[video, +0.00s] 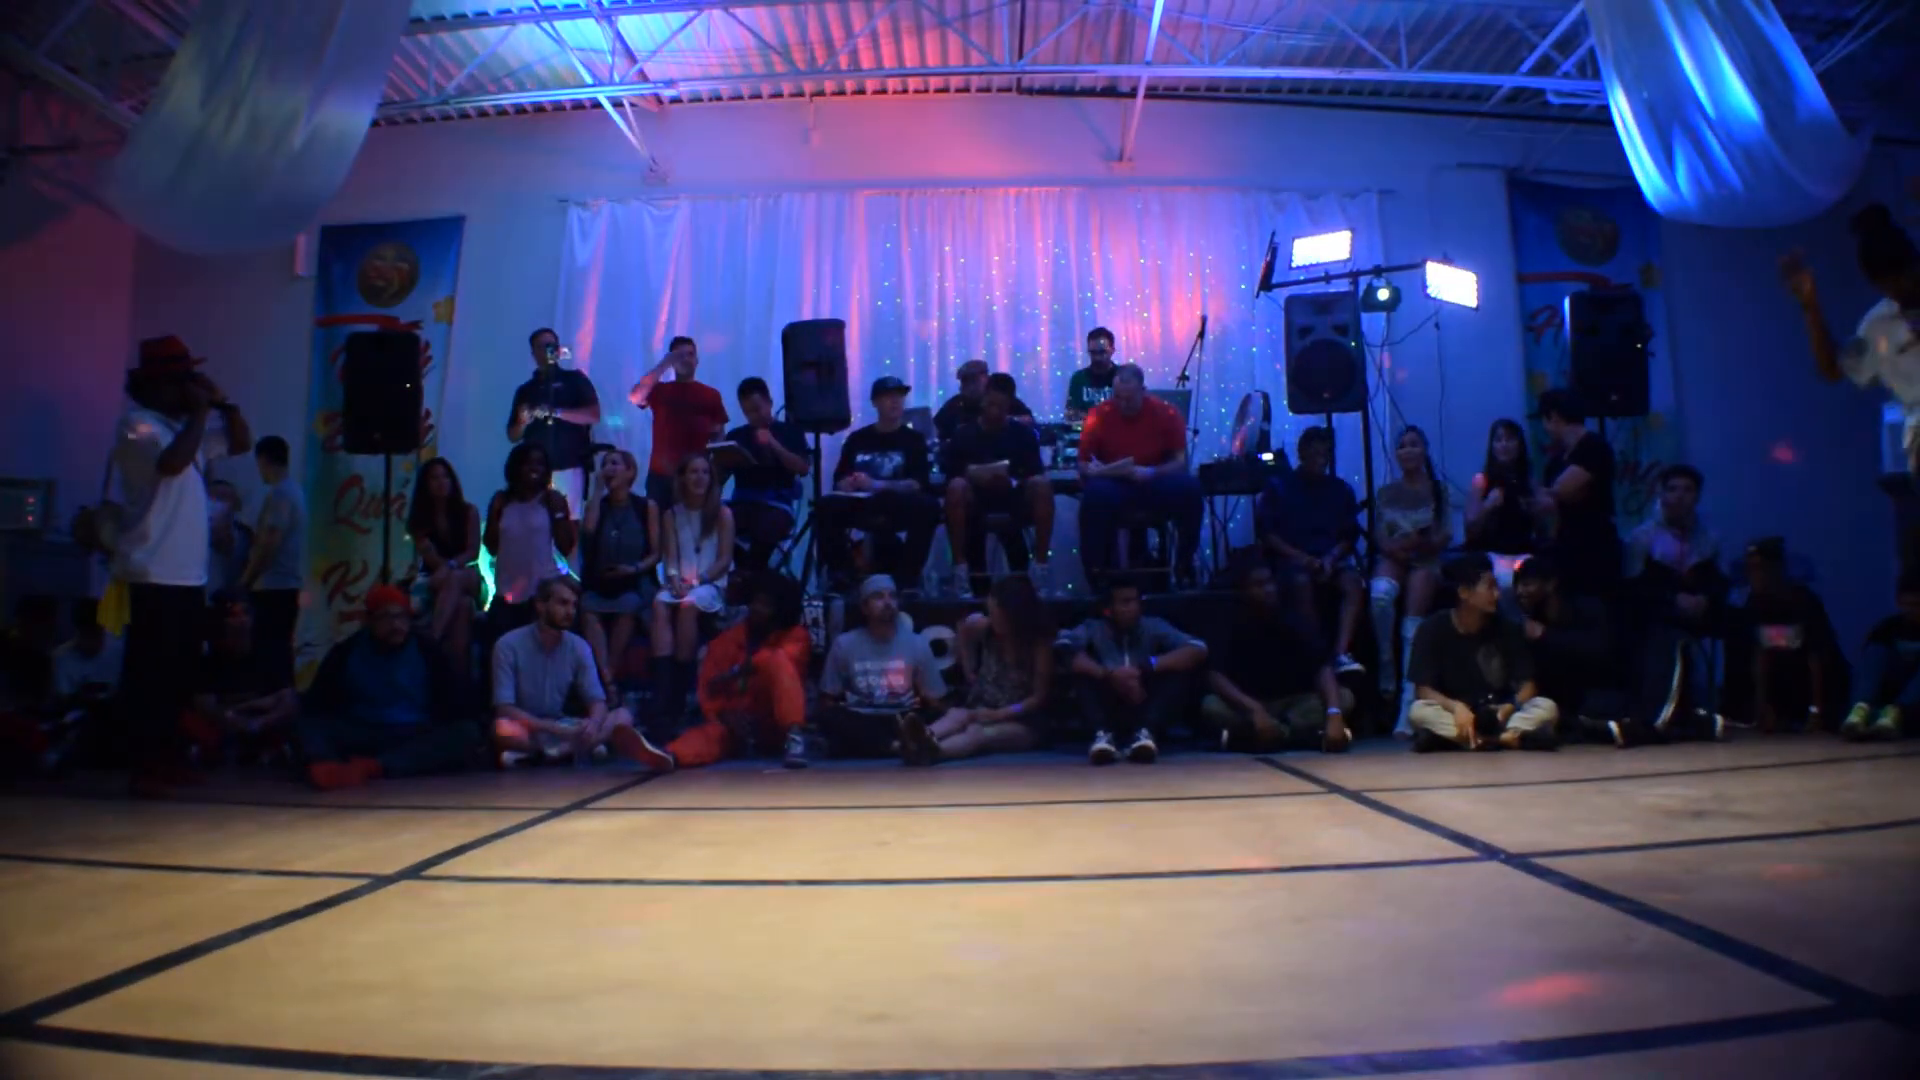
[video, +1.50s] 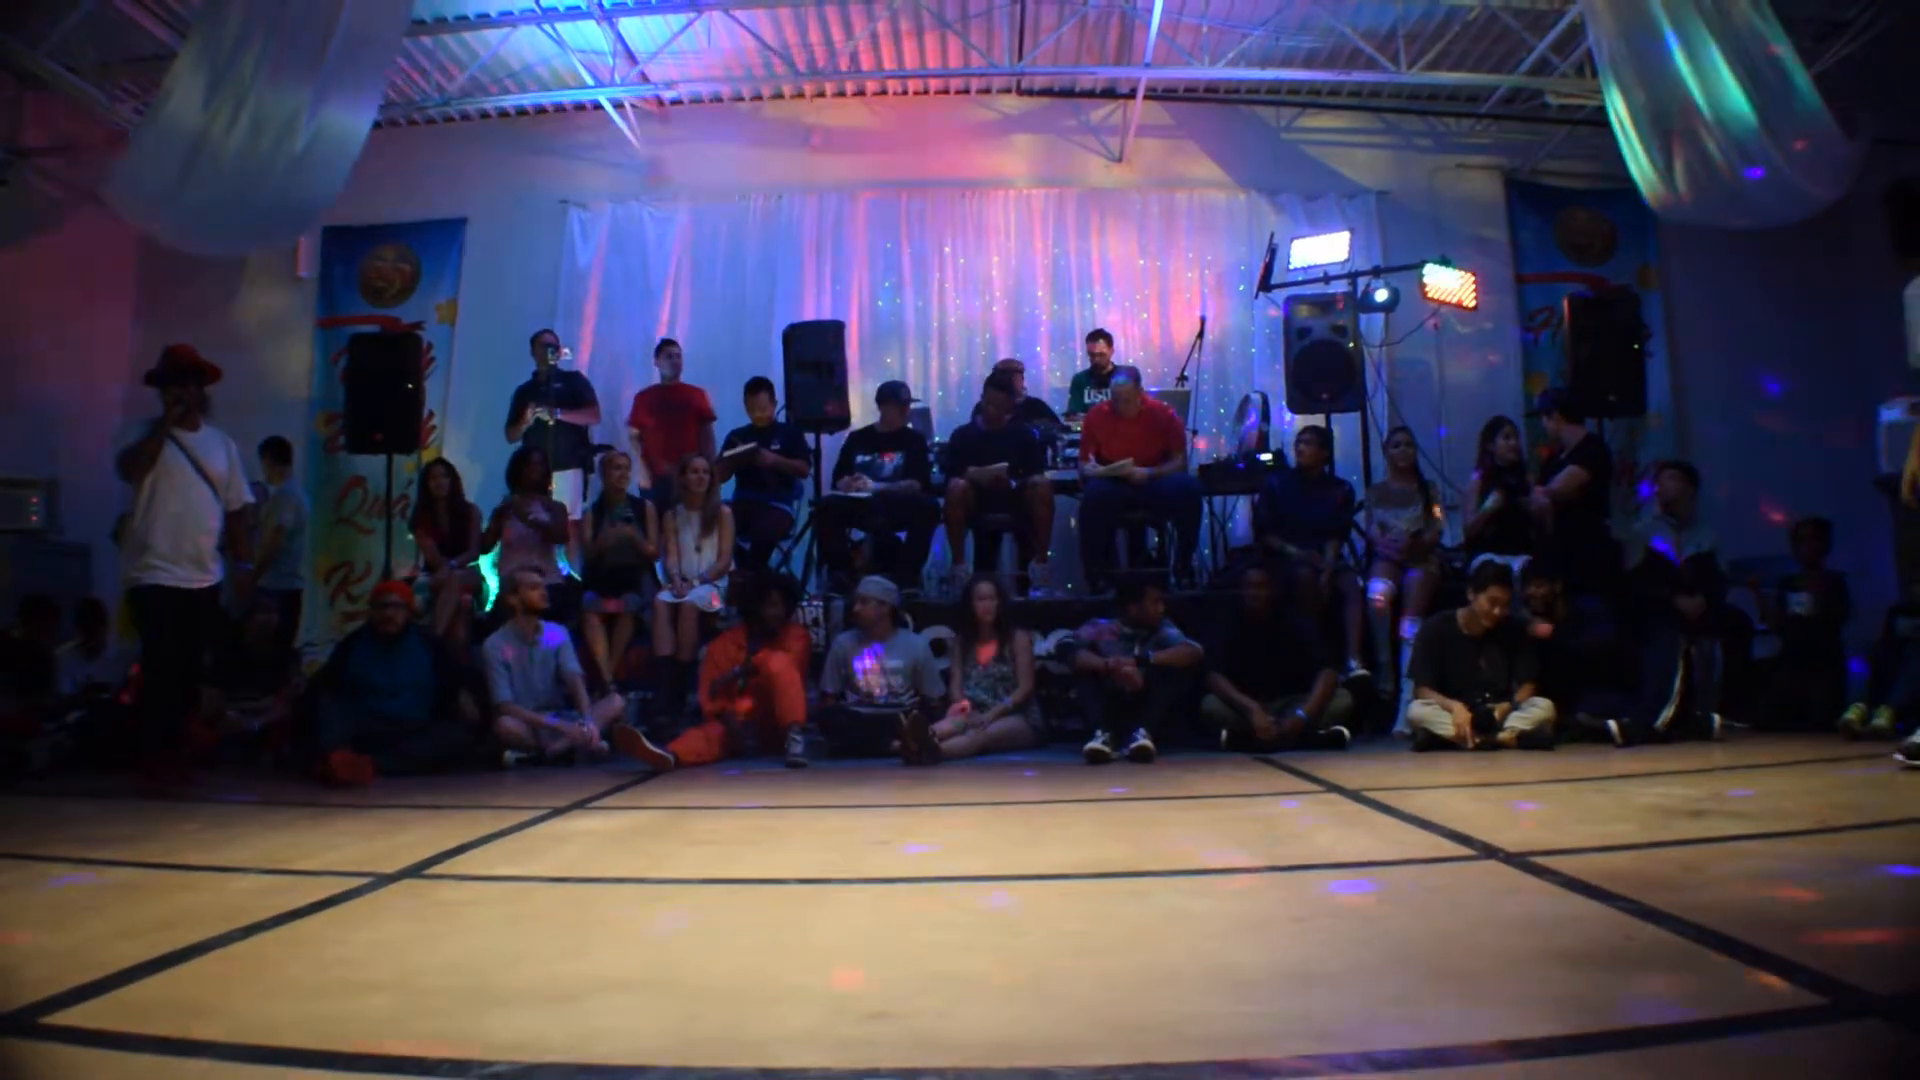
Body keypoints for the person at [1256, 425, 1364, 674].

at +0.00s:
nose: (1321, 460)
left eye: (1325, 454)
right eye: (1315, 453)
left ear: (1330, 456)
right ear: (1302, 454)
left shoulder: (1339, 488)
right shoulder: (1282, 487)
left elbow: (1351, 533)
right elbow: (1269, 534)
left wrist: (1332, 558)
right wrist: (1305, 560)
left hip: (1331, 558)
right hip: (1296, 558)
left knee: (1353, 583)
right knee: (1300, 584)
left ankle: (1342, 653)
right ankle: (1314, 656)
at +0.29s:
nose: (1325, 461)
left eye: (1328, 455)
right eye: (1319, 454)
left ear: (1333, 456)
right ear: (1302, 455)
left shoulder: (1340, 488)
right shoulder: (1282, 486)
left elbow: (1348, 533)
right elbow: (1270, 537)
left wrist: (1333, 557)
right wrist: (1309, 559)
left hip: (1330, 556)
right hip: (1296, 557)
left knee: (1353, 579)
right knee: (1301, 582)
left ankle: (1348, 648)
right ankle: (1312, 651)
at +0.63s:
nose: (1323, 454)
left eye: (1326, 447)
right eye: (1316, 448)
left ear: (1331, 451)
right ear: (1299, 452)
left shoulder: (1339, 487)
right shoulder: (1279, 487)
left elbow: (1347, 535)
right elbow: (1269, 538)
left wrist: (1332, 559)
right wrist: (1309, 561)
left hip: (1330, 557)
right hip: (1294, 558)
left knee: (1353, 581)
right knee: (1301, 584)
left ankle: (1352, 650)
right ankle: (1312, 655)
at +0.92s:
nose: (1320, 449)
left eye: (1322, 443)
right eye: (1313, 444)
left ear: (1327, 449)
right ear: (1297, 451)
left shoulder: (1339, 485)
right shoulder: (1278, 486)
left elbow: (1346, 532)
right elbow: (1268, 536)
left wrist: (1331, 560)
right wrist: (1305, 561)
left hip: (1330, 557)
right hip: (1294, 558)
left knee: (1353, 582)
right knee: (1300, 585)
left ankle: (1357, 653)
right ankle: (1314, 660)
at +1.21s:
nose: (1307, 449)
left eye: (1313, 443)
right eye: (1302, 443)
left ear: (1325, 451)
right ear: (1294, 450)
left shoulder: (1340, 486)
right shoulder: (1278, 485)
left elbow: (1343, 533)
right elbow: (1268, 536)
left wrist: (1329, 565)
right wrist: (1311, 560)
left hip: (1329, 558)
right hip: (1292, 557)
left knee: (1355, 584)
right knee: (1304, 583)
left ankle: (1356, 658)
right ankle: (1306, 660)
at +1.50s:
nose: (1301, 449)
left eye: (1309, 444)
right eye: (1299, 443)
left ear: (1324, 453)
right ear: (1294, 449)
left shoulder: (1339, 488)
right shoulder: (1278, 483)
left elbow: (1336, 536)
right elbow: (1266, 533)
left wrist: (1326, 572)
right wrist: (1301, 554)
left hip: (1324, 557)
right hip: (1289, 556)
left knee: (1351, 584)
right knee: (1305, 579)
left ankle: (1353, 659)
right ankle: (1305, 658)